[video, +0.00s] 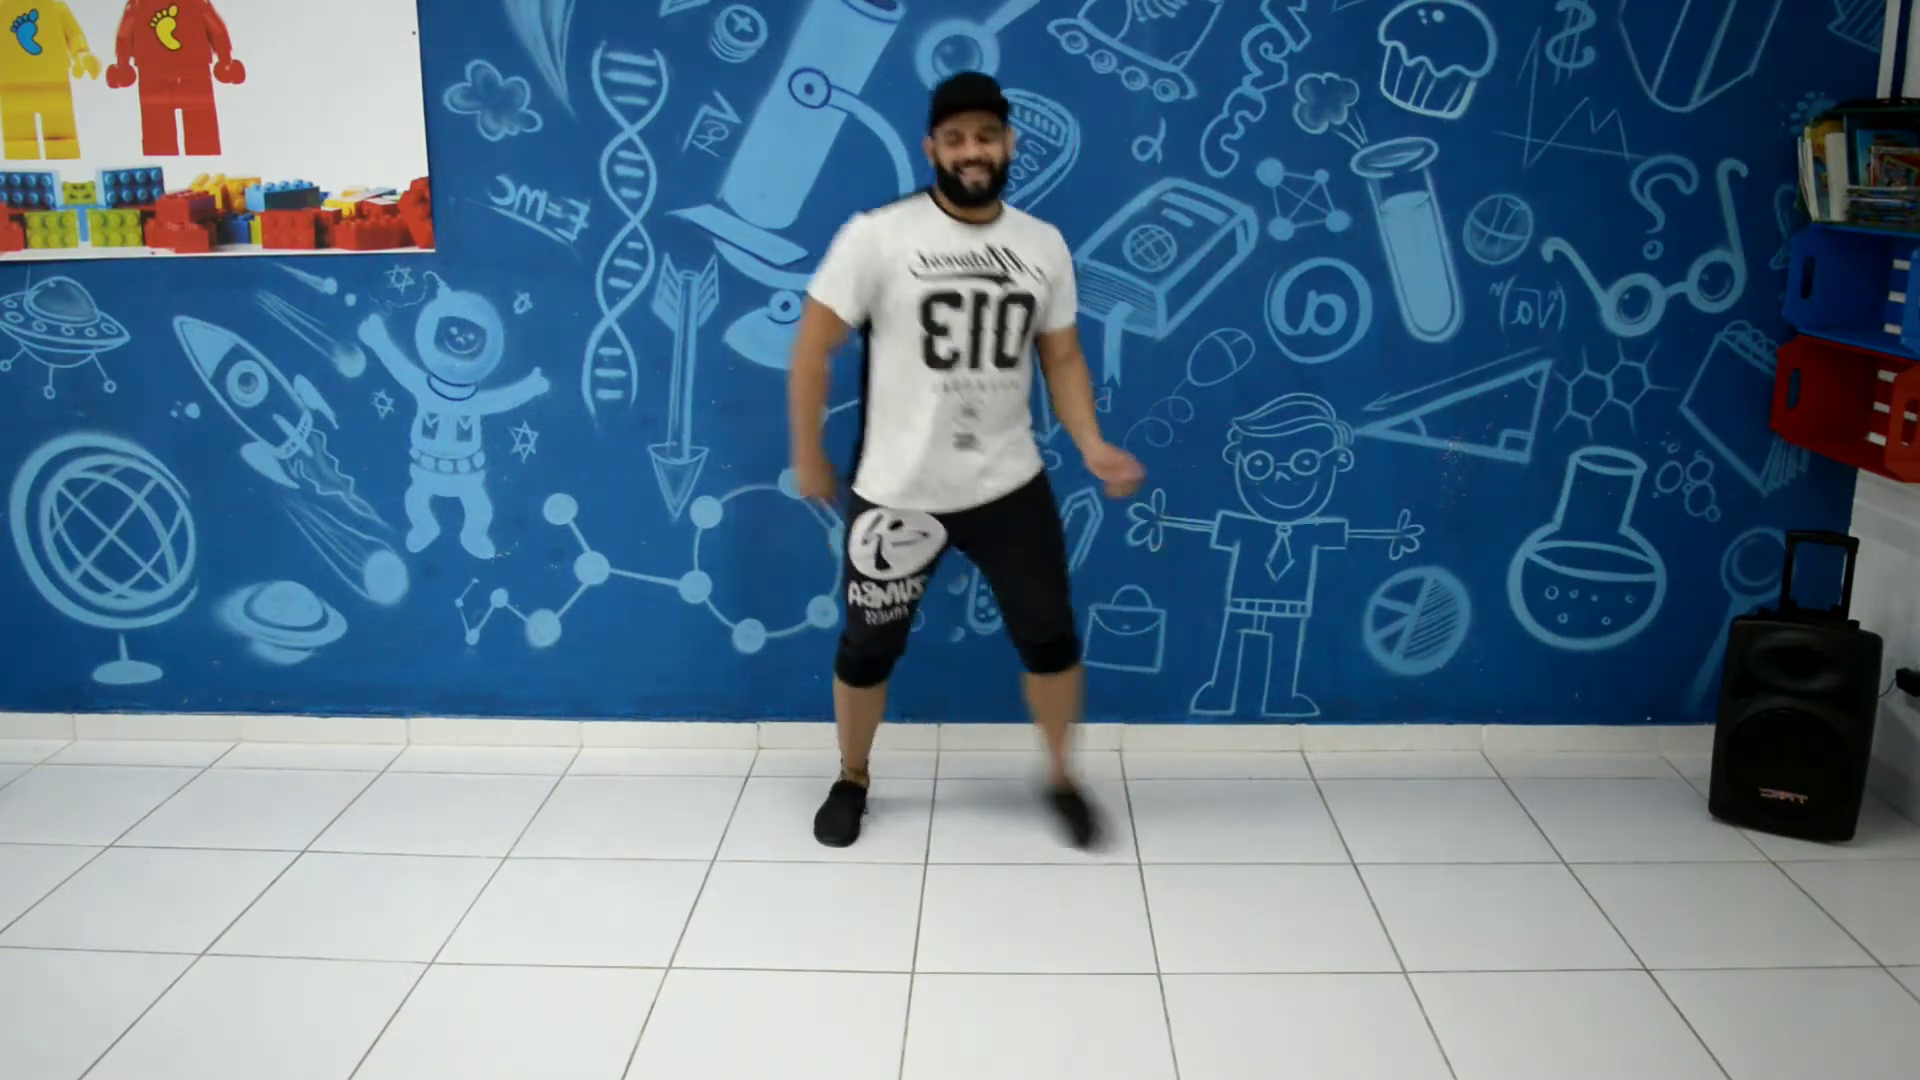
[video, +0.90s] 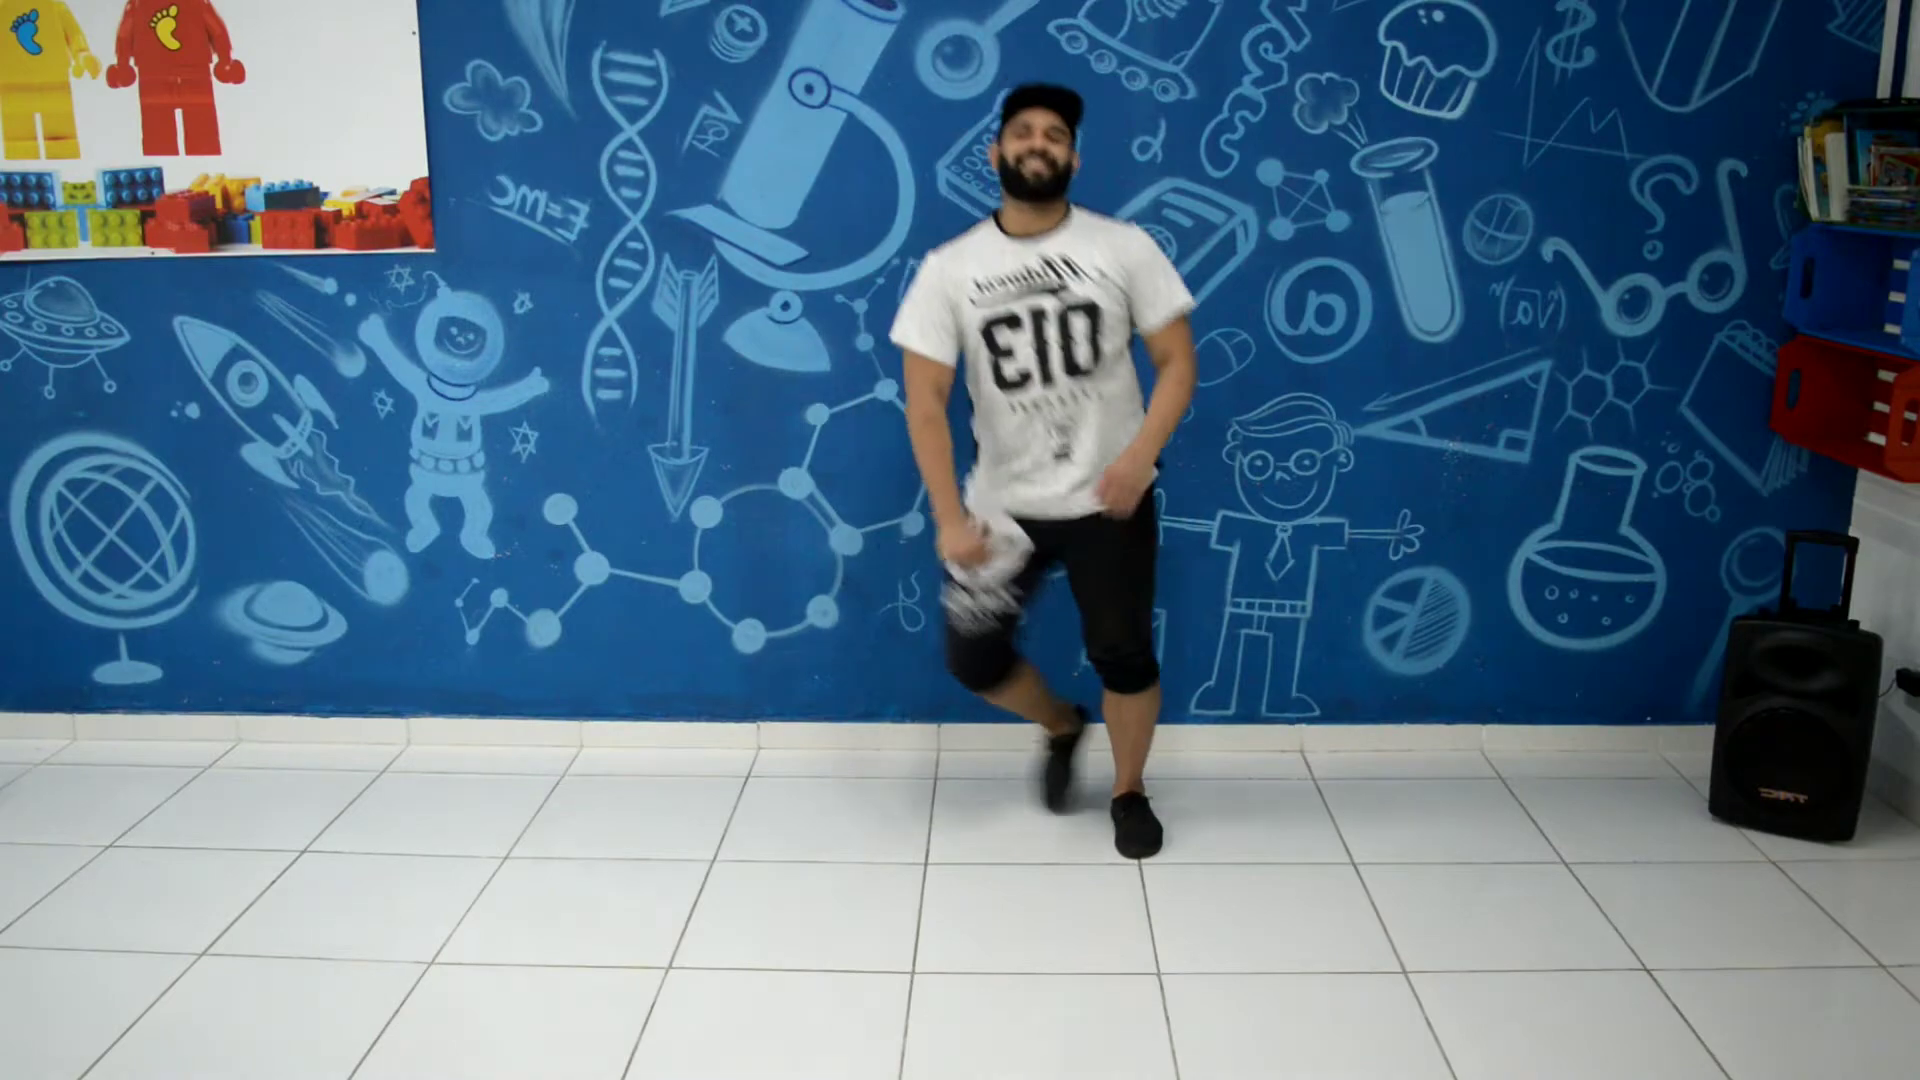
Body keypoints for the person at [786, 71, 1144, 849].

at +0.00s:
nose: (973, 152)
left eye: (988, 137)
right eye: (955, 138)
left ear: (1010, 146)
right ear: (931, 147)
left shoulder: (1042, 248)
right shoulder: (873, 240)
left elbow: (1064, 359)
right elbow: (811, 348)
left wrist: (1092, 444)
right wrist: (808, 456)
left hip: (1008, 482)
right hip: (898, 484)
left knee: (1051, 638)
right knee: (868, 645)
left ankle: (1063, 782)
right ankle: (851, 781)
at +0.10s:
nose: (953, 155)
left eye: (966, 137)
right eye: (935, 142)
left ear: (989, 142)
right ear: (911, 153)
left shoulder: (1034, 249)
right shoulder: (857, 241)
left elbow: (1066, 357)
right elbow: (778, 338)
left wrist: (1072, 441)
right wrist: (749, 442)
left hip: (987, 484)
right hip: (879, 484)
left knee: (1015, 652)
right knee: (856, 651)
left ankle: (964, 732)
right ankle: (851, 780)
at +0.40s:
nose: (932, 130)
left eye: (947, 118)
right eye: (917, 120)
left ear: (974, 135)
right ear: (897, 140)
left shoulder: (1028, 236)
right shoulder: (857, 235)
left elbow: (1076, 356)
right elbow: (809, 338)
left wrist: (1056, 474)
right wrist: (761, 426)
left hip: (989, 481)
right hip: (881, 477)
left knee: (1004, 654)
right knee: (859, 637)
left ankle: (971, 738)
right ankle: (854, 777)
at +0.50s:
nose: (950, 143)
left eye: (967, 133)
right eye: (936, 132)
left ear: (993, 152)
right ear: (915, 152)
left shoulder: (1043, 254)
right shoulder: (875, 253)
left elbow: (1103, 369)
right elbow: (824, 359)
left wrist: (1111, 490)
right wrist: (843, 446)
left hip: (1005, 498)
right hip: (897, 492)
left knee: (1045, 658)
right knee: (854, 643)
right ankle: (870, 782)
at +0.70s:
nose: (986, 143)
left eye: (1004, 134)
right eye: (974, 133)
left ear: (1033, 156)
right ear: (956, 156)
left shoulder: (1084, 250)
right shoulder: (921, 263)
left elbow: (1121, 380)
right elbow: (912, 390)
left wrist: (1147, 501)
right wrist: (958, 474)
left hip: (1064, 497)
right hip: (952, 492)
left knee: (1098, 655)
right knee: (896, 637)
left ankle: (1125, 792)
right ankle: (884, 785)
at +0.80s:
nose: (1016, 125)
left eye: (1033, 117)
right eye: (1002, 115)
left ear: (1055, 138)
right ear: (977, 135)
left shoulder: (1107, 229)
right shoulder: (933, 249)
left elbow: (1147, 359)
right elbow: (922, 379)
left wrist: (1143, 480)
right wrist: (967, 479)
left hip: (1089, 480)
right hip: (979, 480)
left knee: (1110, 641)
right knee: (927, 632)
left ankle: (1126, 791)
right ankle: (978, 754)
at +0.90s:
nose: (1038, 146)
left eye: (1053, 137)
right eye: (1023, 135)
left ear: (1073, 158)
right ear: (997, 154)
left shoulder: (1125, 249)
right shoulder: (949, 269)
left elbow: (1178, 365)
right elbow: (924, 403)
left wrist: (1141, 457)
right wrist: (949, 515)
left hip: (1111, 493)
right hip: (1005, 500)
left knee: (1124, 656)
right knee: (974, 657)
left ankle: (1130, 791)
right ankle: (1064, 723)